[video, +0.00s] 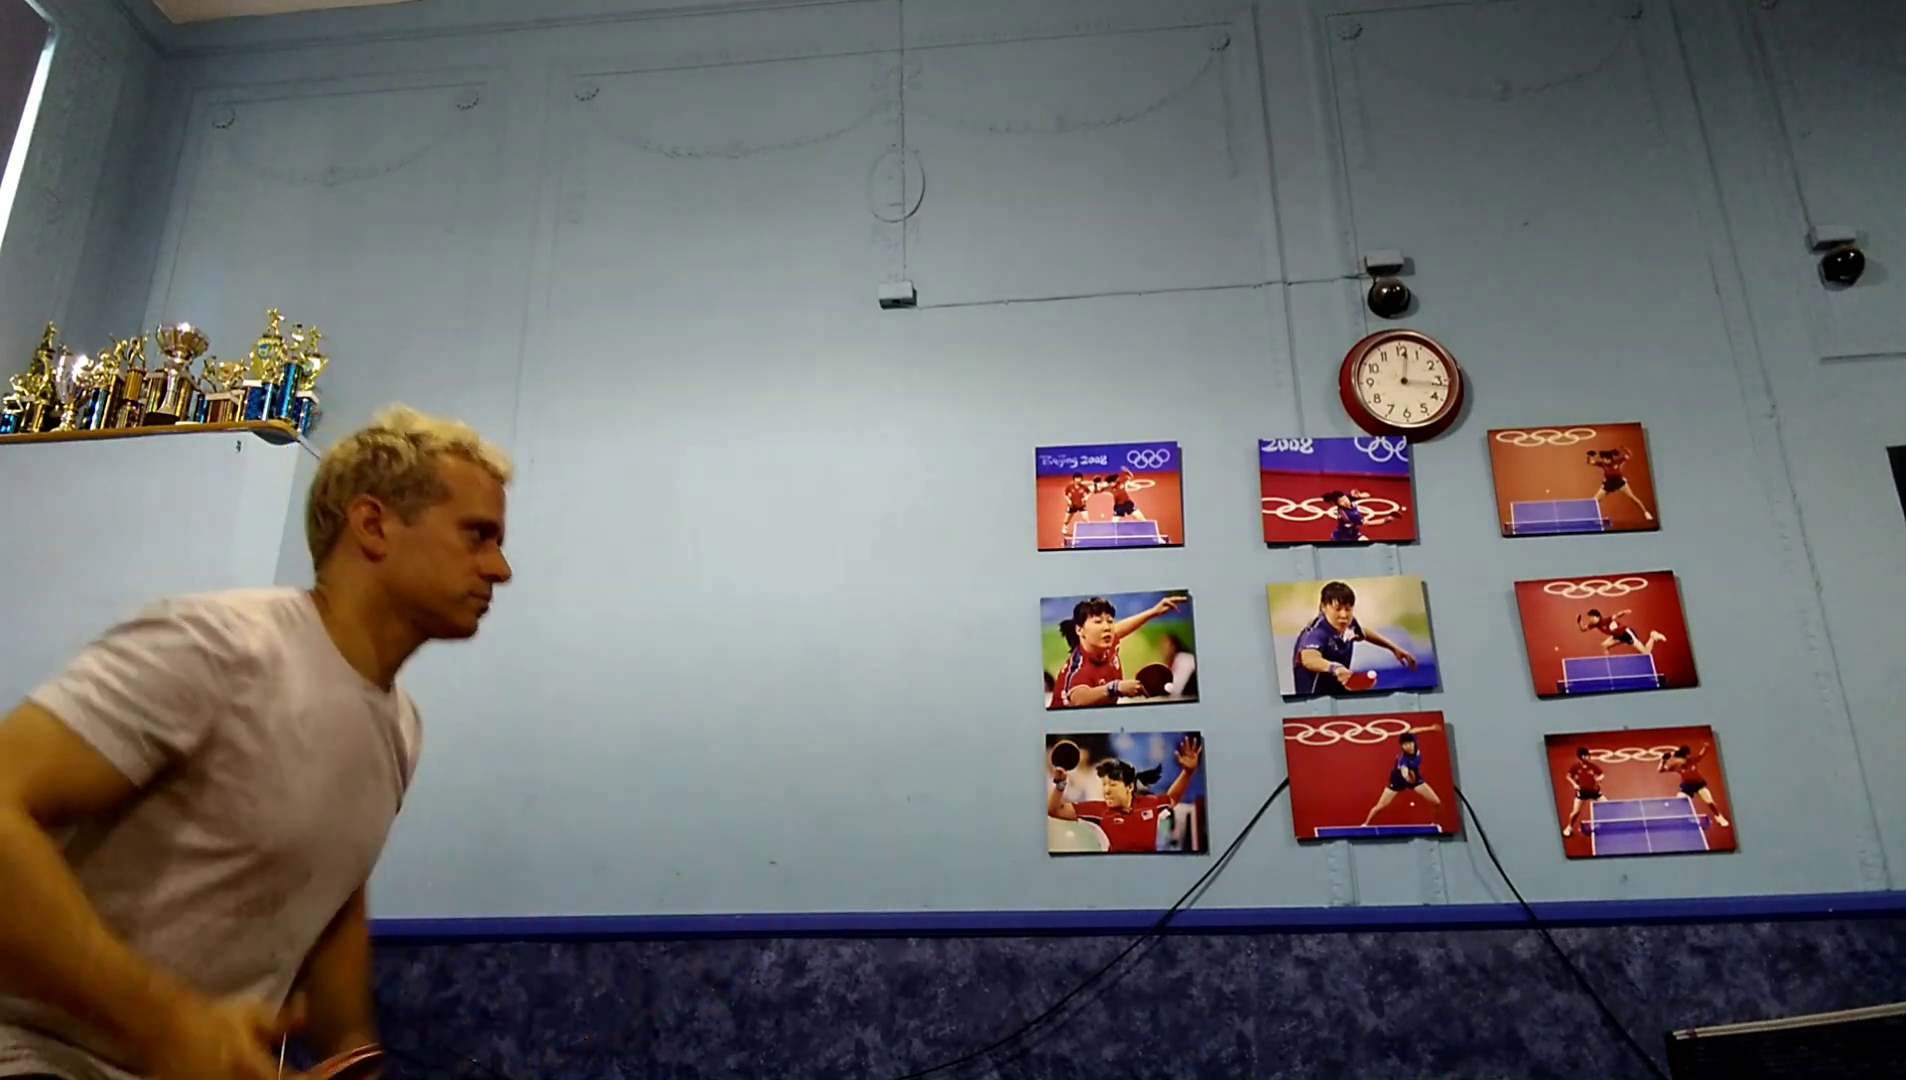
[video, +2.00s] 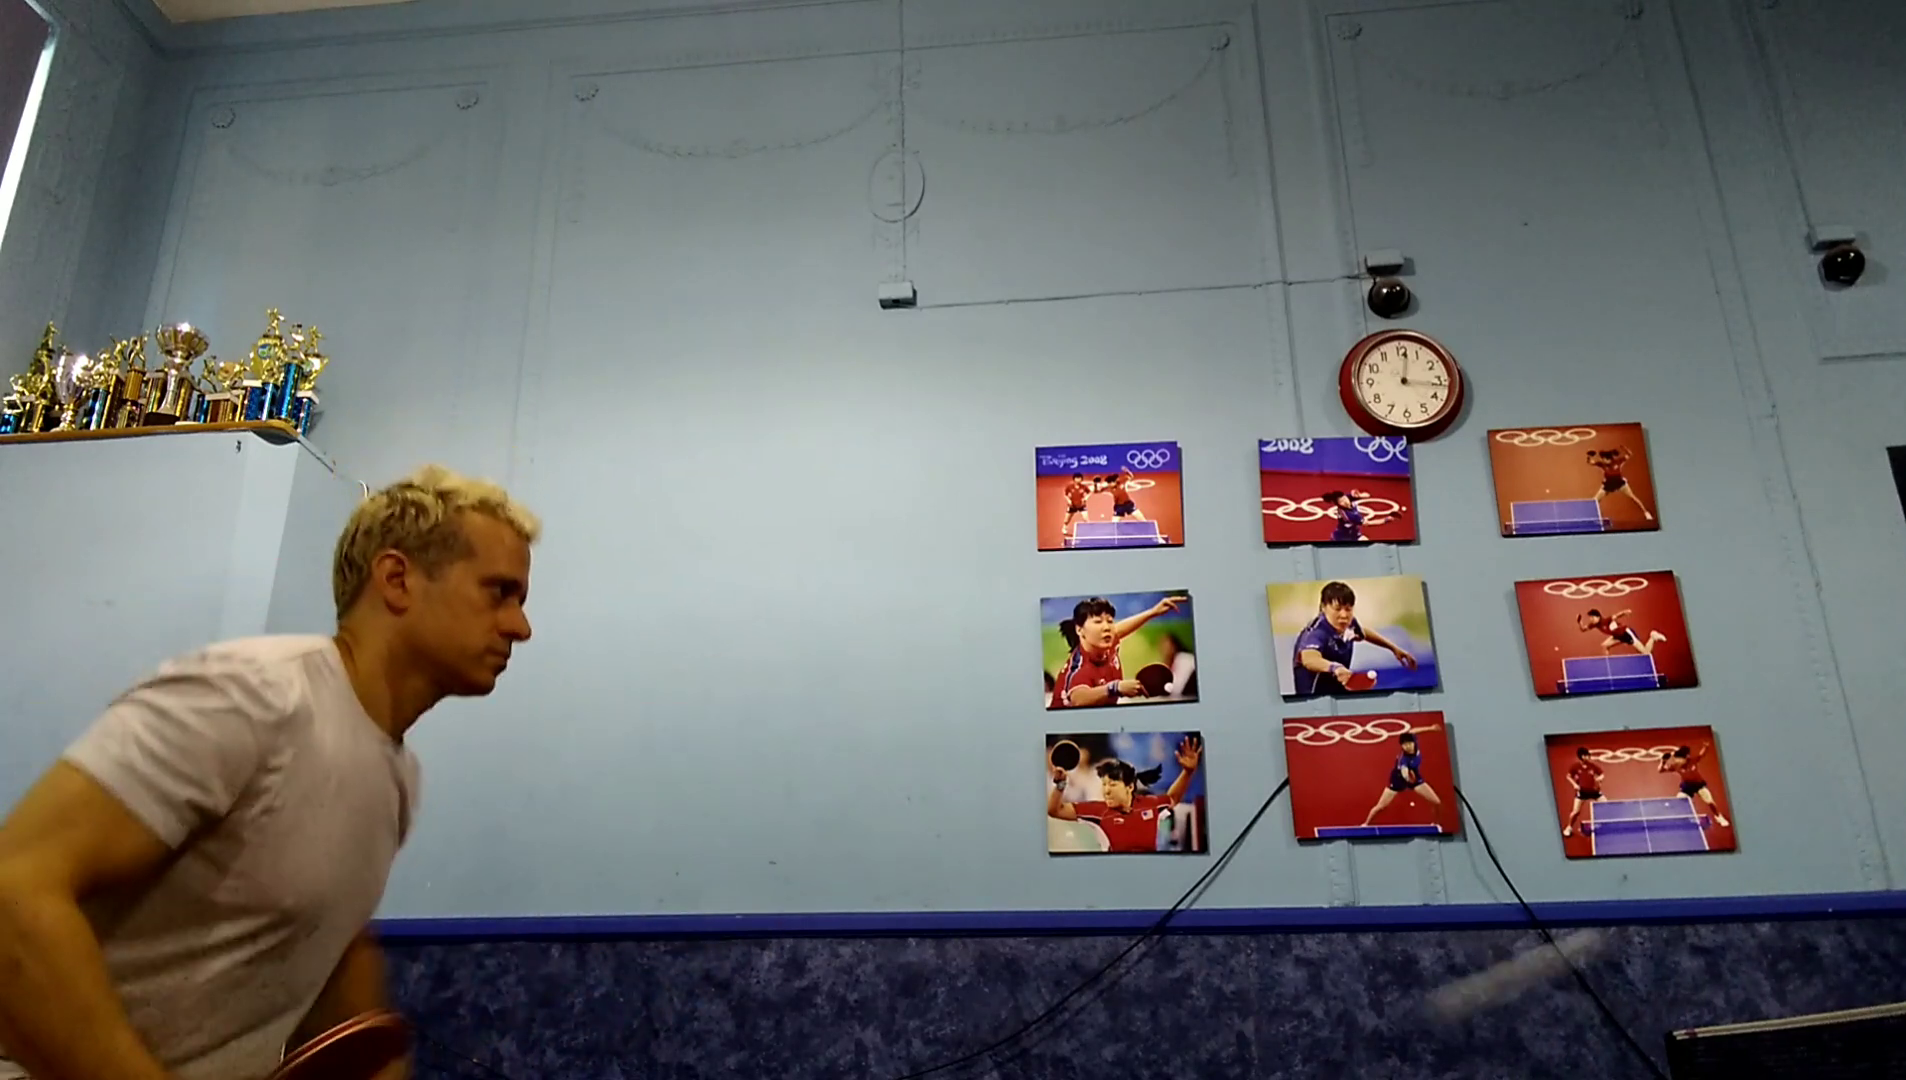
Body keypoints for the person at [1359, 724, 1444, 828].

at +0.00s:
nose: (1408, 747)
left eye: (1409, 744)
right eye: (1405, 745)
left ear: (1413, 743)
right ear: (1402, 746)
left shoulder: (1416, 747)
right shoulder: (1403, 759)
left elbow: (1413, 731)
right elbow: (1404, 771)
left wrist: (1431, 728)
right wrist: (1409, 779)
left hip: (1415, 780)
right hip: (1398, 781)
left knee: (1436, 802)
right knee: (1381, 805)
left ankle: (1434, 823)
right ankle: (1366, 823)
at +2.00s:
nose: (1408, 747)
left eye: (1409, 744)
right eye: (1405, 745)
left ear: (1414, 743)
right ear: (1402, 746)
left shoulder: (1416, 747)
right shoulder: (1403, 758)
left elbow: (1414, 731)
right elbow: (1404, 771)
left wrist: (1431, 728)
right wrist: (1408, 778)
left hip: (1415, 779)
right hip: (1398, 781)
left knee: (1436, 802)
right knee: (1381, 805)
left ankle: (1436, 824)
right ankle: (1366, 824)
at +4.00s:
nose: (1408, 747)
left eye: (1409, 744)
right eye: (1405, 745)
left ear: (1414, 743)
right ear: (1402, 746)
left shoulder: (1416, 748)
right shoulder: (1403, 758)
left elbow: (1413, 731)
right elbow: (1404, 771)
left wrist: (1431, 728)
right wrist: (1409, 778)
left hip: (1415, 779)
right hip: (1398, 781)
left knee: (1436, 802)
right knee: (1381, 806)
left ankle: (1435, 823)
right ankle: (1366, 823)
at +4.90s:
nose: (1408, 747)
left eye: (1409, 744)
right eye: (1405, 745)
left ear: (1414, 743)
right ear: (1402, 746)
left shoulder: (1416, 747)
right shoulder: (1403, 758)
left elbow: (1414, 731)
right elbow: (1404, 771)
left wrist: (1431, 728)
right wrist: (1408, 778)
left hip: (1414, 779)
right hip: (1398, 781)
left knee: (1436, 802)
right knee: (1381, 806)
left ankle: (1436, 823)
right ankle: (1366, 823)